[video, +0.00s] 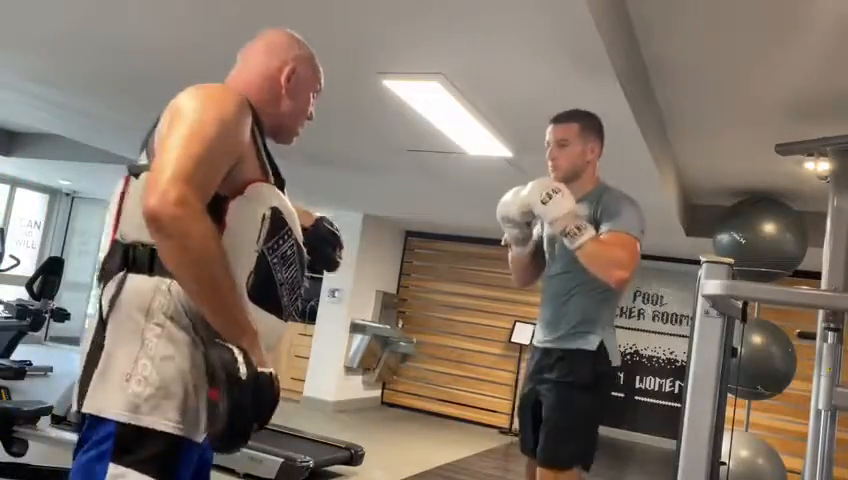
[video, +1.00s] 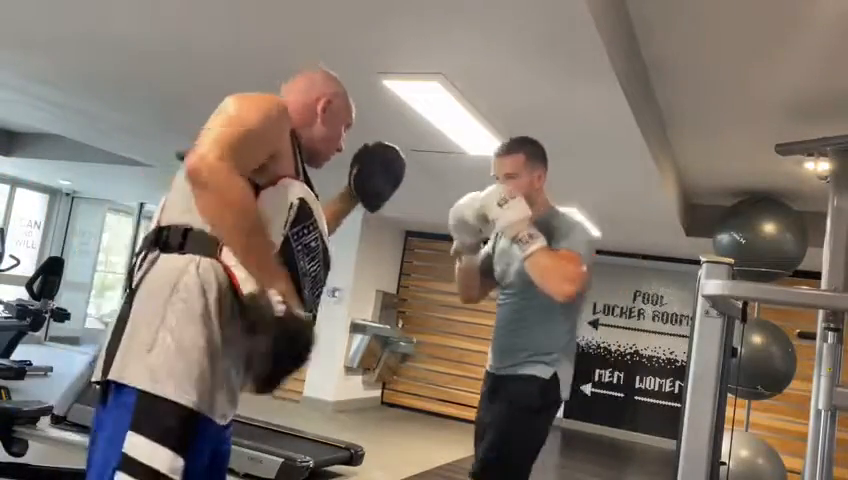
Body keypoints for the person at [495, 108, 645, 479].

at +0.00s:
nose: (550, 155)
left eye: (561, 145)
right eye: (548, 146)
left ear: (592, 152)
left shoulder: (618, 206)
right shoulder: (555, 208)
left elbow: (617, 270)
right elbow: (523, 277)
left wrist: (566, 221)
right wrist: (519, 235)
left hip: (584, 358)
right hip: (545, 354)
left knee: (557, 470)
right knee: (536, 465)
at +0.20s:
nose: (546, 184)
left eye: (559, 174)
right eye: (546, 174)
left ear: (590, 182)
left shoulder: (615, 238)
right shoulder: (555, 239)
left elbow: (593, 299)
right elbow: (532, 314)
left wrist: (552, 251)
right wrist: (521, 267)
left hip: (582, 395)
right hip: (541, 389)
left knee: (558, 473)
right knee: (525, 473)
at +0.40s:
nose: (539, 165)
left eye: (550, 155)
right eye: (538, 156)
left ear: (581, 160)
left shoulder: (609, 211)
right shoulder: (545, 214)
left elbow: (601, 264)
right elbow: (521, 286)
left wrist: (555, 218)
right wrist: (514, 238)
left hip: (576, 366)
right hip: (536, 360)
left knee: (555, 470)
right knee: (515, 459)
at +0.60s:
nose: (528, 191)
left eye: (538, 180)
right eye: (526, 181)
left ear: (566, 184)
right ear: (523, 183)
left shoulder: (593, 234)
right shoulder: (526, 238)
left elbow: (597, 286)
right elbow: (497, 298)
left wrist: (550, 236)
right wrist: (495, 248)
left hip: (562, 379)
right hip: (518, 373)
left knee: (533, 471)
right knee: (504, 467)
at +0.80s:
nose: (519, 182)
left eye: (528, 173)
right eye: (515, 173)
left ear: (554, 173)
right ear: (511, 175)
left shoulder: (584, 221)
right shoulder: (512, 226)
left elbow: (595, 272)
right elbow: (479, 286)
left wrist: (548, 224)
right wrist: (480, 236)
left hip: (554, 365)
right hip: (510, 362)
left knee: (507, 472)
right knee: (501, 470)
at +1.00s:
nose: (503, 188)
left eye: (512, 177)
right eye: (499, 179)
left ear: (539, 177)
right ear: (495, 180)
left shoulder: (572, 228)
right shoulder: (505, 236)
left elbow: (564, 285)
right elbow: (469, 293)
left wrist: (522, 230)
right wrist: (467, 240)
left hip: (539, 376)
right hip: (500, 372)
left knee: (492, 471)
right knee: (489, 470)